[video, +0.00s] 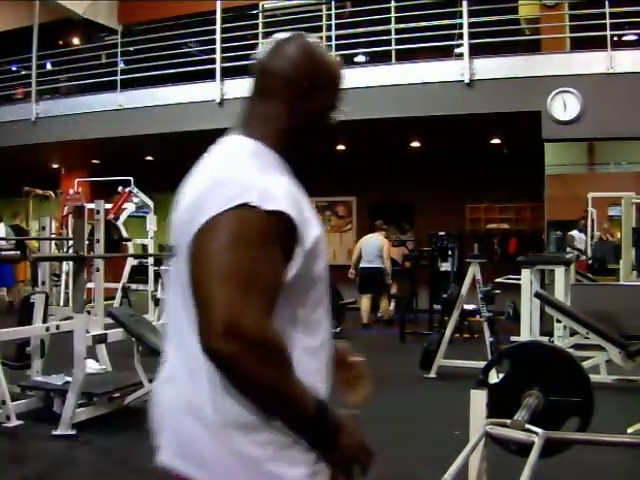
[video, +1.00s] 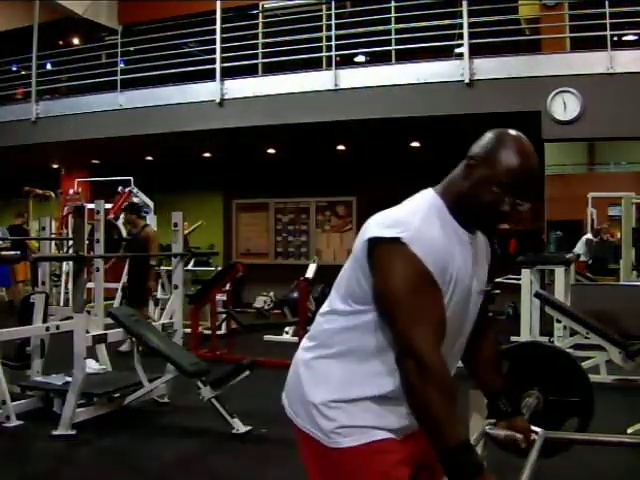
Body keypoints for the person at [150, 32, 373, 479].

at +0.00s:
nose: (332, 129)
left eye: (333, 112)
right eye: (329, 111)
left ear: (261, 93)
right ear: (303, 102)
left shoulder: (224, 167)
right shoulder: (250, 182)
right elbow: (233, 334)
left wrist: (320, 355)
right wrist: (327, 430)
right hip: (246, 460)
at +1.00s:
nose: (510, 209)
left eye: (519, 199)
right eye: (507, 192)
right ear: (471, 166)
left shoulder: (477, 242)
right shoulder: (405, 235)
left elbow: (475, 332)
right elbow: (419, 363)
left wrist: (504, 410)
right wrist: (465, 464)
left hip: (408, 404)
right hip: (345, 411)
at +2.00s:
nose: (562, 235)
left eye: (570, 226)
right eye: (567, 223)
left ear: (539, 192)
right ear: (551, 205)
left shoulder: (497, 240)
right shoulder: (454, 237)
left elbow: (454, 341)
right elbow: (417, 349)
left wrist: (471, 414)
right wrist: (437, 462)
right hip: (360, 399)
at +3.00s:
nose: (534, 174)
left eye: (528, 161)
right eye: (518, 160)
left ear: (474, 172)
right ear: (472, 170)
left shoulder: (486, 246)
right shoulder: (435, 250)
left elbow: (442, 349)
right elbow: (398, 360)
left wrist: (469, 416)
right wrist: (432, 461)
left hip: (409, 406)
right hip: (356, 412)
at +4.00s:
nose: (386, 142)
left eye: (389, 132)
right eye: (375, 129)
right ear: (335, 121)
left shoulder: (361, 200)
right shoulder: (304, 191)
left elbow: (352, 298)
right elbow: (256, 295)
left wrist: (402, 344)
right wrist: (335, 386)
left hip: (373, 414)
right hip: (312, 426)